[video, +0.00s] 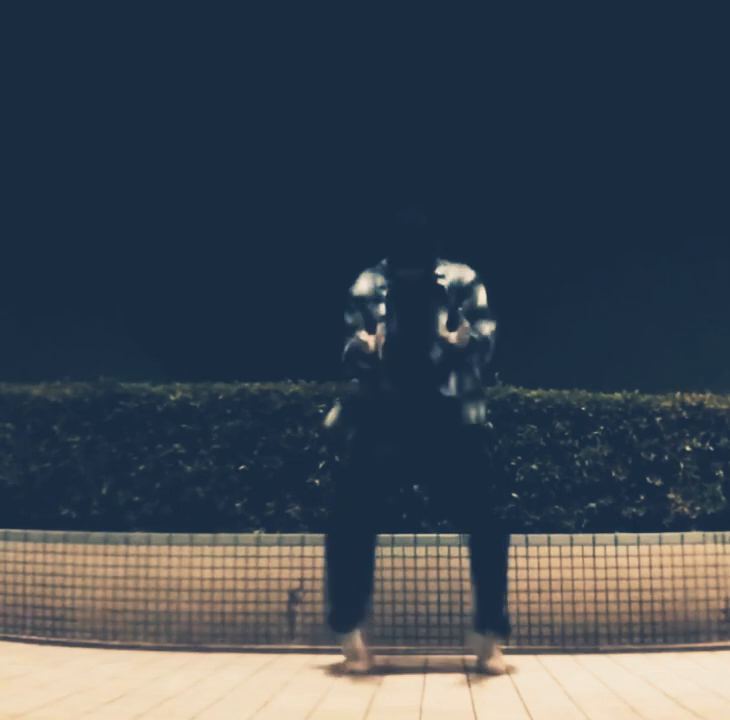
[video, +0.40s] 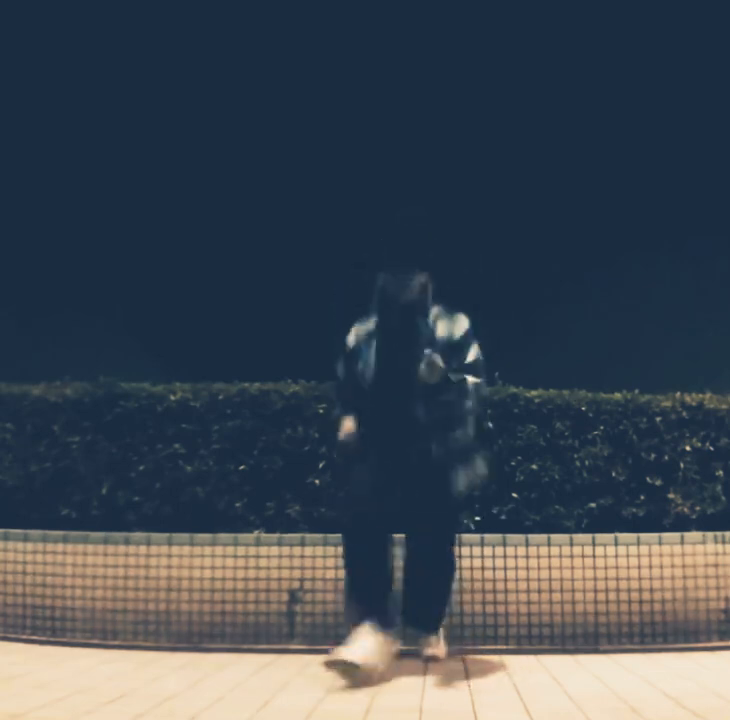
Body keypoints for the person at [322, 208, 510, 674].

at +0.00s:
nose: (410, 260)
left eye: (419, 251)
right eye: (401, 252)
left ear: (434, 245)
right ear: (388, 249)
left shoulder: (462, 281)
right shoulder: (370, 284)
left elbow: (486, 346)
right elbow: (347, 348)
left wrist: (463, 341)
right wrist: (364, 347)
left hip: (452, 421)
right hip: (381, 422)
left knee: (490, 515)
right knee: (351, 515)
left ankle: (487, 637)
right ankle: (350, 634)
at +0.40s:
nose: (402, 291)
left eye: (412, 281)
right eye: (394, 282)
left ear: (427, 286)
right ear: (380, 287)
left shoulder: (452, 329)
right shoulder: (363, 333)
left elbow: (469, 395)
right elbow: (346, 388)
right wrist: (347, 416)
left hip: (434, 458)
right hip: (375, 457)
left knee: (432, 542)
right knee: (365, 536)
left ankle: (429, 629)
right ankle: (371, 628)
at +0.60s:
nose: (385, 265)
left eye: (394, 255)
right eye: (377, 255)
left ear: (409, 259)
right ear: (364, 260)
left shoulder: (438, 309)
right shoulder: (347, 317)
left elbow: (486, 363)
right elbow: (328, 378)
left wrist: (478, 391)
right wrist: (313, 411)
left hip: (418, 460)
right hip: (356, 459)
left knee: (405, 547)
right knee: (333, 548)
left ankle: (426, 623)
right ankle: (331, 656)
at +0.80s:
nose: (371, 258)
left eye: (380, 247)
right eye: (361, 247)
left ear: (397, 251)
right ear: (347, 252)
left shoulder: (431, 305)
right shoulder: (329, 303)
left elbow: (470, 366)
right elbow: (302, 373)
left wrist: (484, 392)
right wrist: (342, 362)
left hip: (413, 423)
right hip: (342, 427)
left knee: (388, 479)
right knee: (320, 542)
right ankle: (337, 667)